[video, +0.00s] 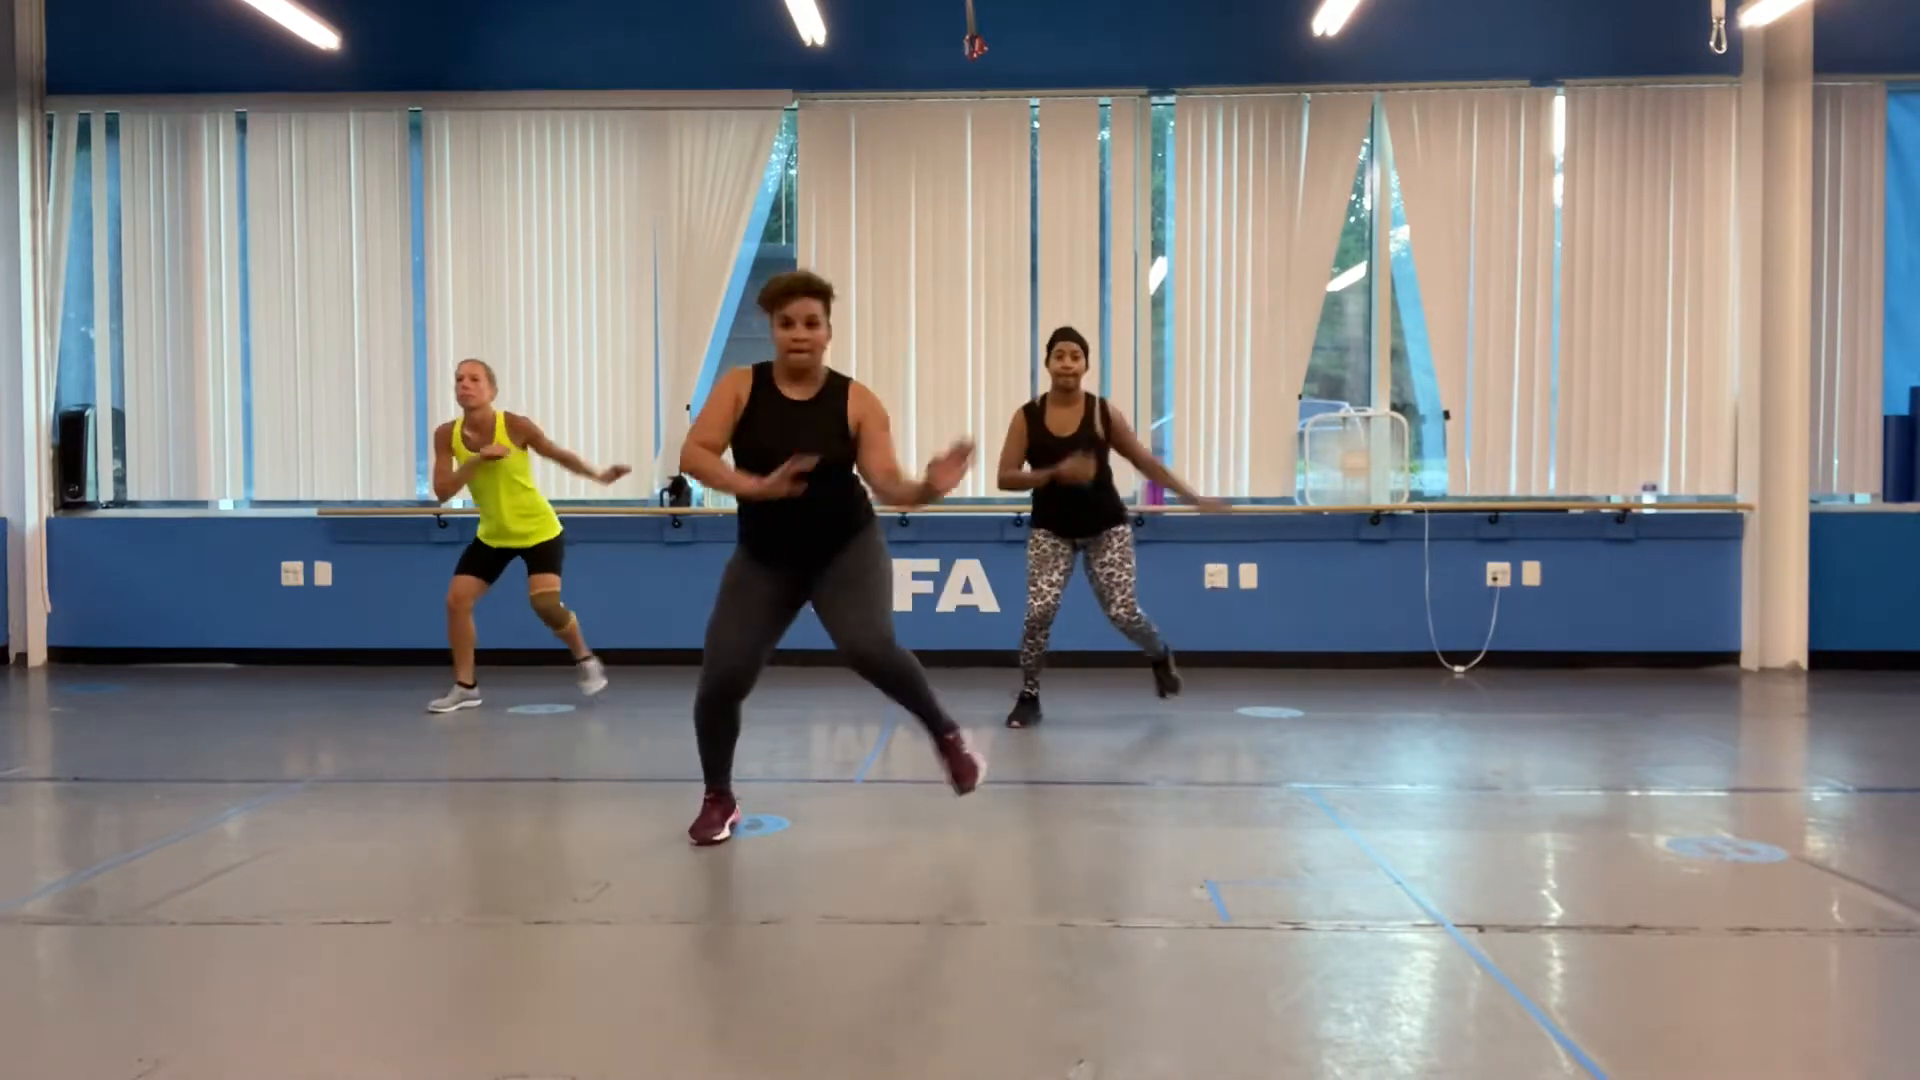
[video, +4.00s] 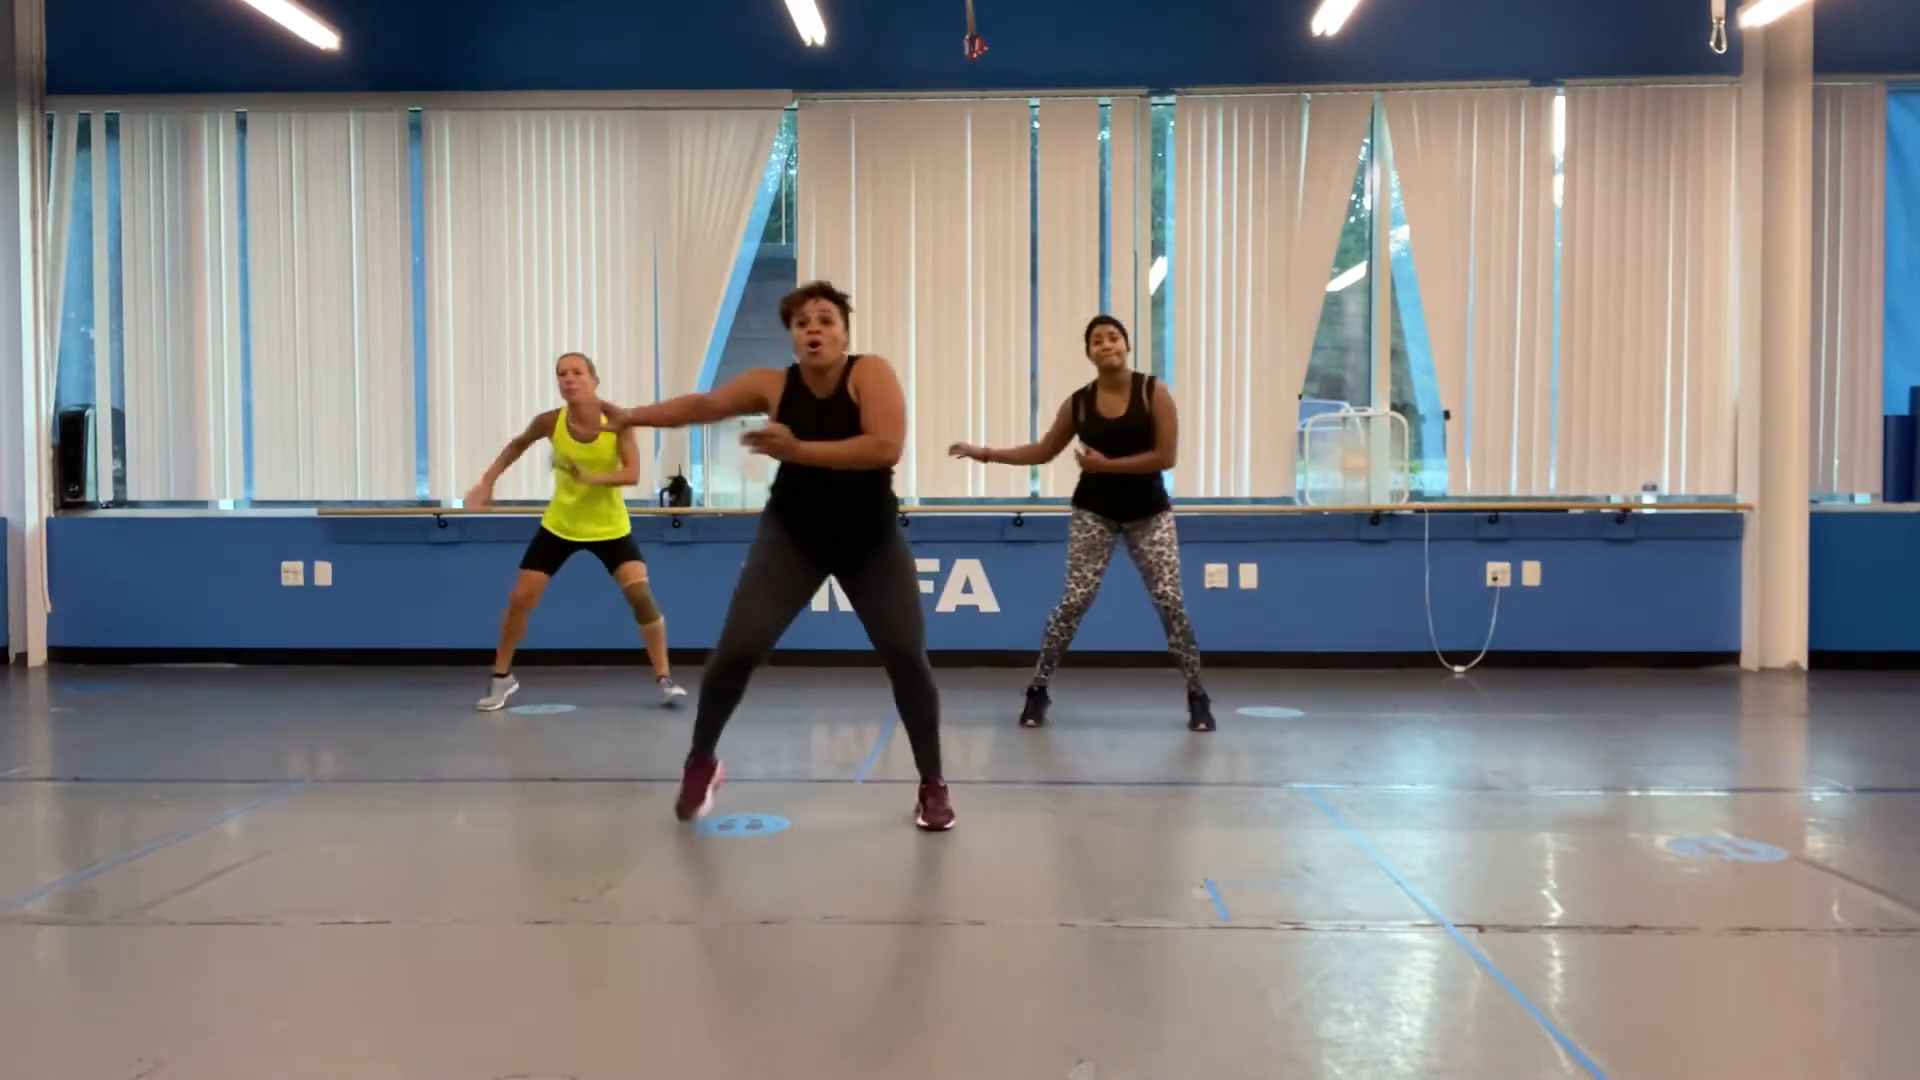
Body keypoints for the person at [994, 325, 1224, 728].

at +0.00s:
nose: (1067, 363)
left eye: (1075, 356)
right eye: (1059, 356)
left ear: (1085, 365)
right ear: (1047, 363)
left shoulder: (1103, 414)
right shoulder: (1028, 417)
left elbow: (1145, 462)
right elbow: (1005, 479)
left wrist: (1194, 498)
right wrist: (1055, 473)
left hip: (1106, 528)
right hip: (1051, 532)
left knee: (1121, 613)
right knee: (1039, 612)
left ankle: (1160, 656)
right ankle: (1028, 695)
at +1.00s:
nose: (1101, 370)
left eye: (1109, 361)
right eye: (1094, 361)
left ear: (1121, 362)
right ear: (1083, 360)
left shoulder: (1136, 410)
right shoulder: (1061, 407)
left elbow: (1161, 469)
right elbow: (1024, 460)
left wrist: (1199, 510)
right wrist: (1056, 491)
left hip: (1123, 527)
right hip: (1069, 527)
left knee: (1139, 613)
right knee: (1061, 611)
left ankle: (1152, 690)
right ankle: (1043, 697)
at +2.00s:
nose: (1194, 360)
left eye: (1201, 352)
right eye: (1186, 354)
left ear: (1216, 355)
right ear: (1178, 361)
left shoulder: (1243, 403)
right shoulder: (1166, 415)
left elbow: (1279, 460)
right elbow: (1160, 486)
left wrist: (1315, 508)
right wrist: (1185, 531)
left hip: (1240, 524)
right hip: (1184, 524)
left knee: (1254, 610)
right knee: (1156, 606)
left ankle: (1283, 702)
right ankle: (1136, 689)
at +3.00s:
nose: (1175, 342)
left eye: (1182, 336)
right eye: (1166, 338)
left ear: (1195, 346)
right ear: (1156, 351)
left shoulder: (1216, 395)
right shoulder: (1141, 404)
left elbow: (1258, 444)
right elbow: (1134, 471)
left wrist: (1310, 477)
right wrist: (1191, 483)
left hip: (1213, 518)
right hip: (1156, 519)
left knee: (1228, 607)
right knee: (1132, 601)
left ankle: (1264, 700)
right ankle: (1115, 681)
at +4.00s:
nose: (1107, 345)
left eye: (1113, 338)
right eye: (1098, 342)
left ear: (1127, 346)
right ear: (1089, 354)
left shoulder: (1155, 395)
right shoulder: (1077, 404)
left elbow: (1166, 458)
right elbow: (1043, 452)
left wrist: (1106, 465)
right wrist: (985, 454)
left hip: (1149, 512)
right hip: (1094, 513)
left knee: (1169, 601)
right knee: (1076, 599)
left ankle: (1197, 697)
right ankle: (1037, 692)